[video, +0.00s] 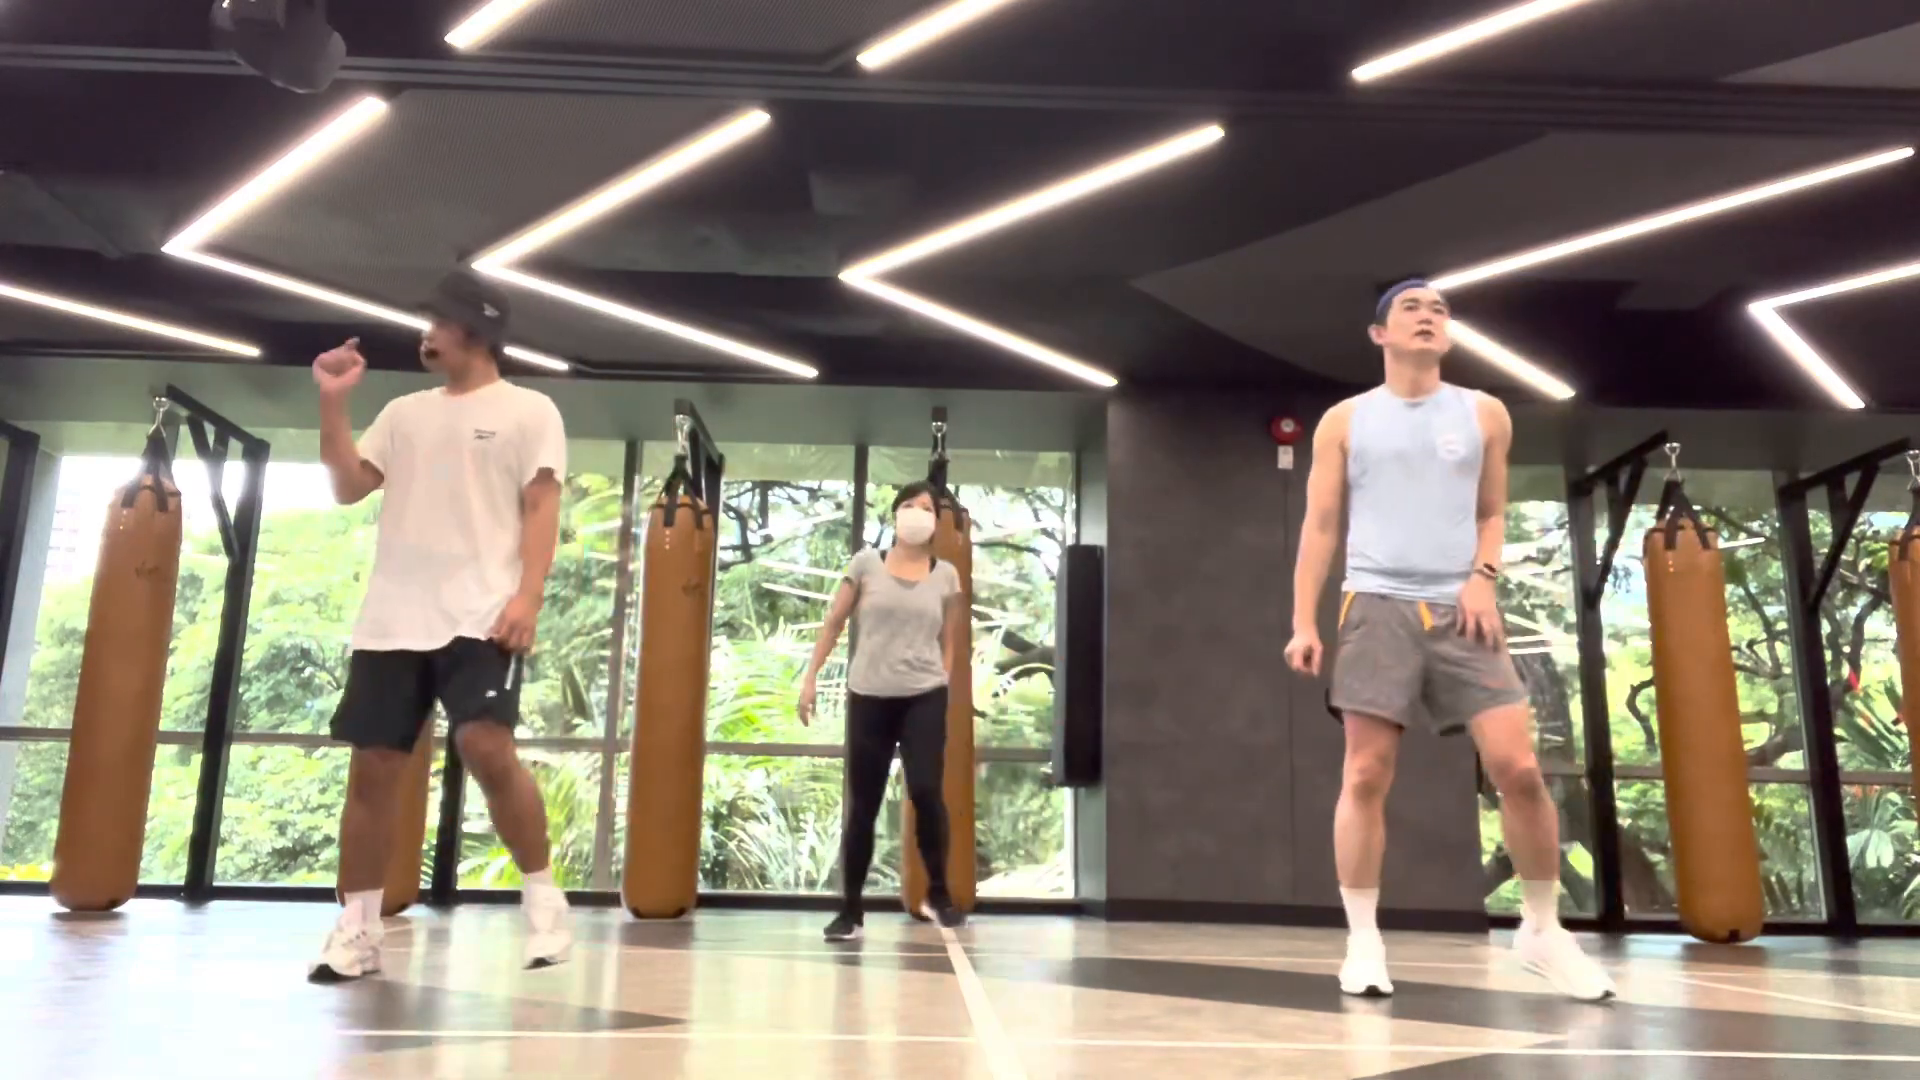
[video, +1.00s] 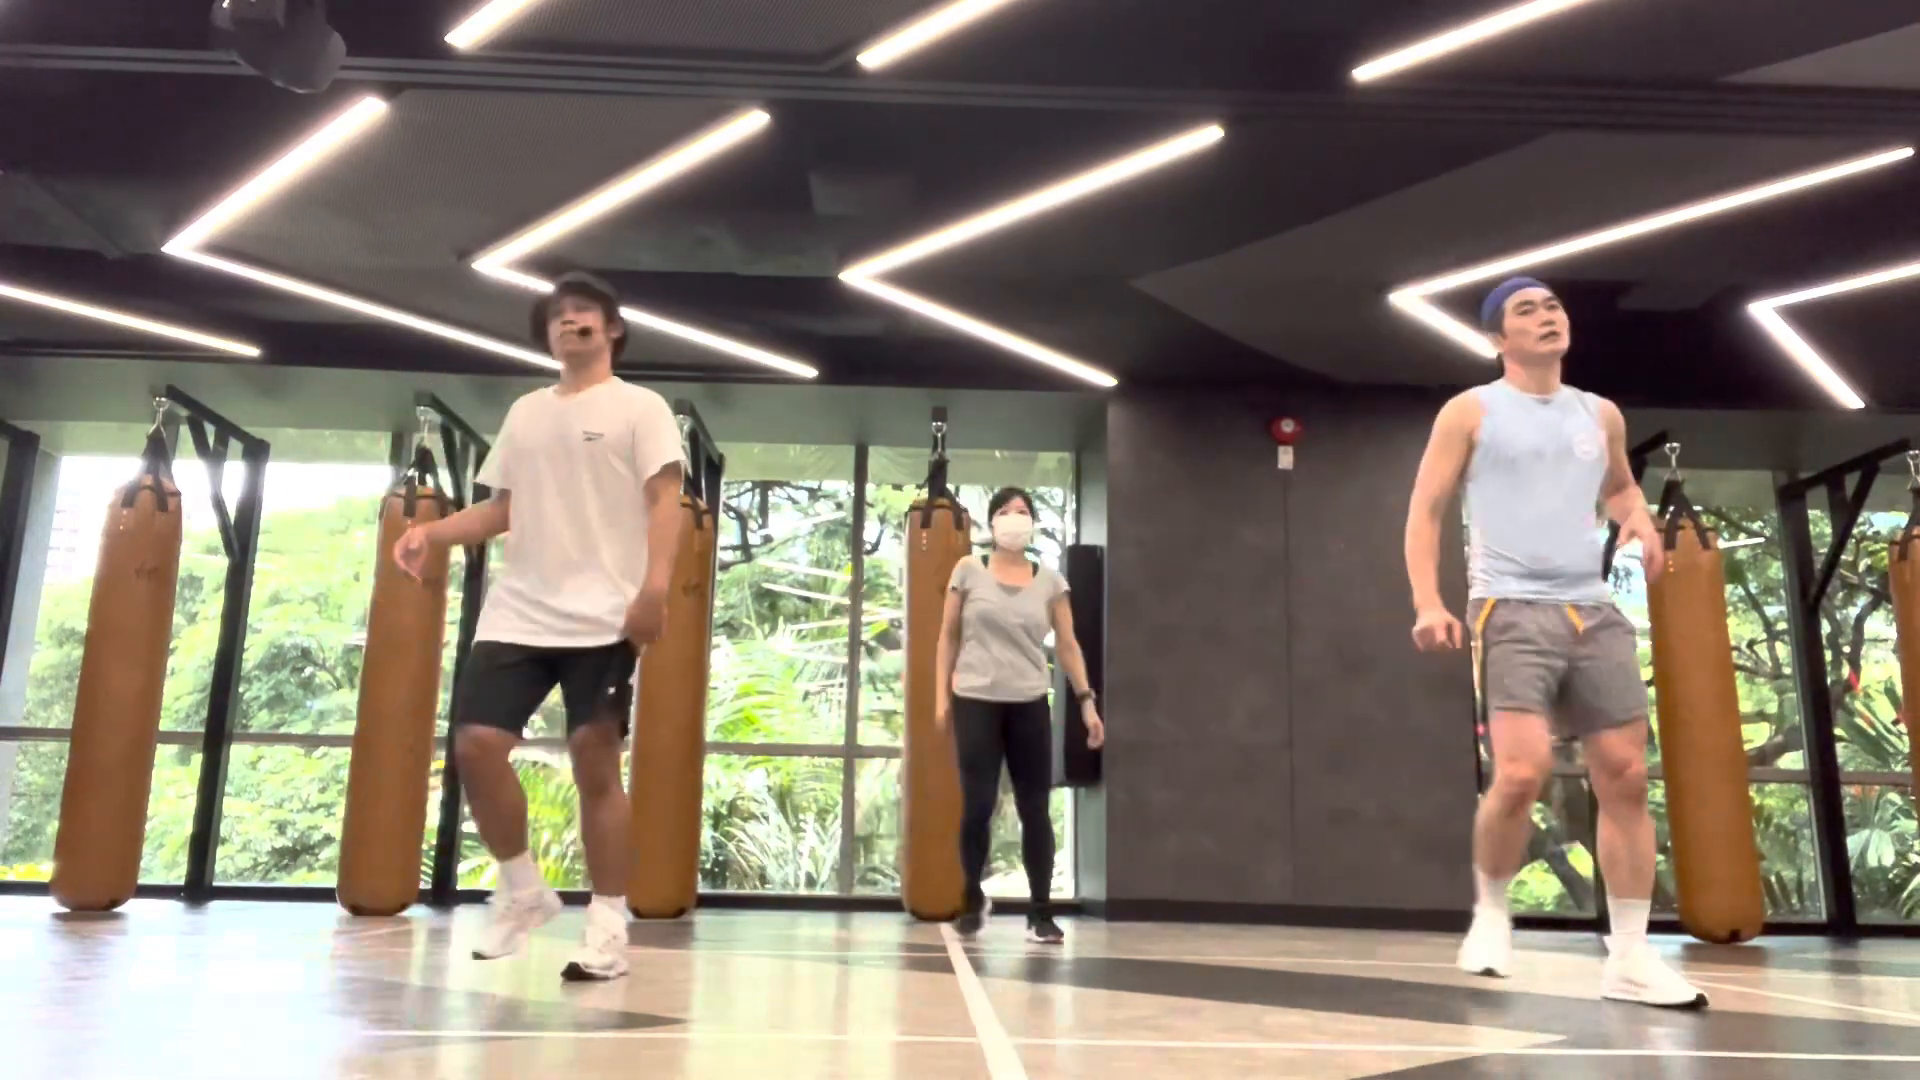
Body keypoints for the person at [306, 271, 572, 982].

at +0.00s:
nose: (425, 333)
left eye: (438, 322)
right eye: (429, 321)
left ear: (475, 331)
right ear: (449, 332)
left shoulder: (530, 412)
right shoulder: (403, 411)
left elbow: (541, 508)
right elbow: (348, 484)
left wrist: (528, 595)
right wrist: (333, 399)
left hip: (482, 618)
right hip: (392, 619)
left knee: (485, 748)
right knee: (371, 768)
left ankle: (544, 905)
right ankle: (357, 930)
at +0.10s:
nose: (421, 331)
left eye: (435, 320)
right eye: (424, 319)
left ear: (472, 331)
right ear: (443, 331)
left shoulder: (525, 411)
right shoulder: (397, 409)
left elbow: (534, 509)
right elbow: (342, 487)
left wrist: (517, 595)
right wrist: (300, 459)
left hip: (472, 614)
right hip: (384, 614)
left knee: (453, 748)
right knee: (372, 769)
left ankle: (474, 910)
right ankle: (357, 930)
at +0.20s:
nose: (419, 336)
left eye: (432, 325)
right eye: (422, 324)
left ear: (469, 334)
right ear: (447, 335)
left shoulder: (524, 416)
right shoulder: (394, 415)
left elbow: (534, 512)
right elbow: (340, 491)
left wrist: (513, 598)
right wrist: (276, 543)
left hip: (467, 622)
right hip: (378, 619)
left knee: (435, 759)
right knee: (366, 768)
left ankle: (423, 924)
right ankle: (357, 928)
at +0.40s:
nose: (430, 324)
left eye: (444, 312)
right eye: (430, 313)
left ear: (484, 325)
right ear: (442, 327)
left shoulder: (534, 411)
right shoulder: (401, 408)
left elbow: (543, 507)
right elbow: (382, 513)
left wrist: (534, 590)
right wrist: (363, 607)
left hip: (488, 613)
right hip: (396, 613)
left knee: (490, 735)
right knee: (370, 770)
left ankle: (499, 884)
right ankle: (356, 929)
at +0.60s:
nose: (462, 335)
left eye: (475, 322)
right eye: (462, 323)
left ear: (516, 332)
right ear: (478, 336)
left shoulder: (567, 419)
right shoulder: (439, 421)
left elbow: (582, 521)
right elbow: (408, 527)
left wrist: (575, 612)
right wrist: (379, 617)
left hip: (518, 630)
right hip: (423, 625)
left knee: (543, 769)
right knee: (386, 771)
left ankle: (605, 918)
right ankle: (356, 927)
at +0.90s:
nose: (548, 326)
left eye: (562, 314)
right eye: (540, 319)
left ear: (598, 327)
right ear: (535, 338)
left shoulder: (637, 410)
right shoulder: (519, 412)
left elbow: (659, 503)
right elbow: (492, 514)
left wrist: (649, 588)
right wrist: (422, 551)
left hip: (590, 617)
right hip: (504, 611)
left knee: (589, 765)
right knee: (450, 746)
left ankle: (608, 929)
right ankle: (446, 905)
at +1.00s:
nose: (573, 320)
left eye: (587, 312)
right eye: (562, 312)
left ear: (613, 331)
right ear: (547, 334)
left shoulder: (642, 408)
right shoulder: (526, 411)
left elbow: (667, 500)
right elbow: (505, 509)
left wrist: (656, 587)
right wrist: (434, 531)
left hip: (602, 614)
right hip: (517, 611)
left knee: (595, 759)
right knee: (476, 745)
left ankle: (608, 928)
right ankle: (525, 894)